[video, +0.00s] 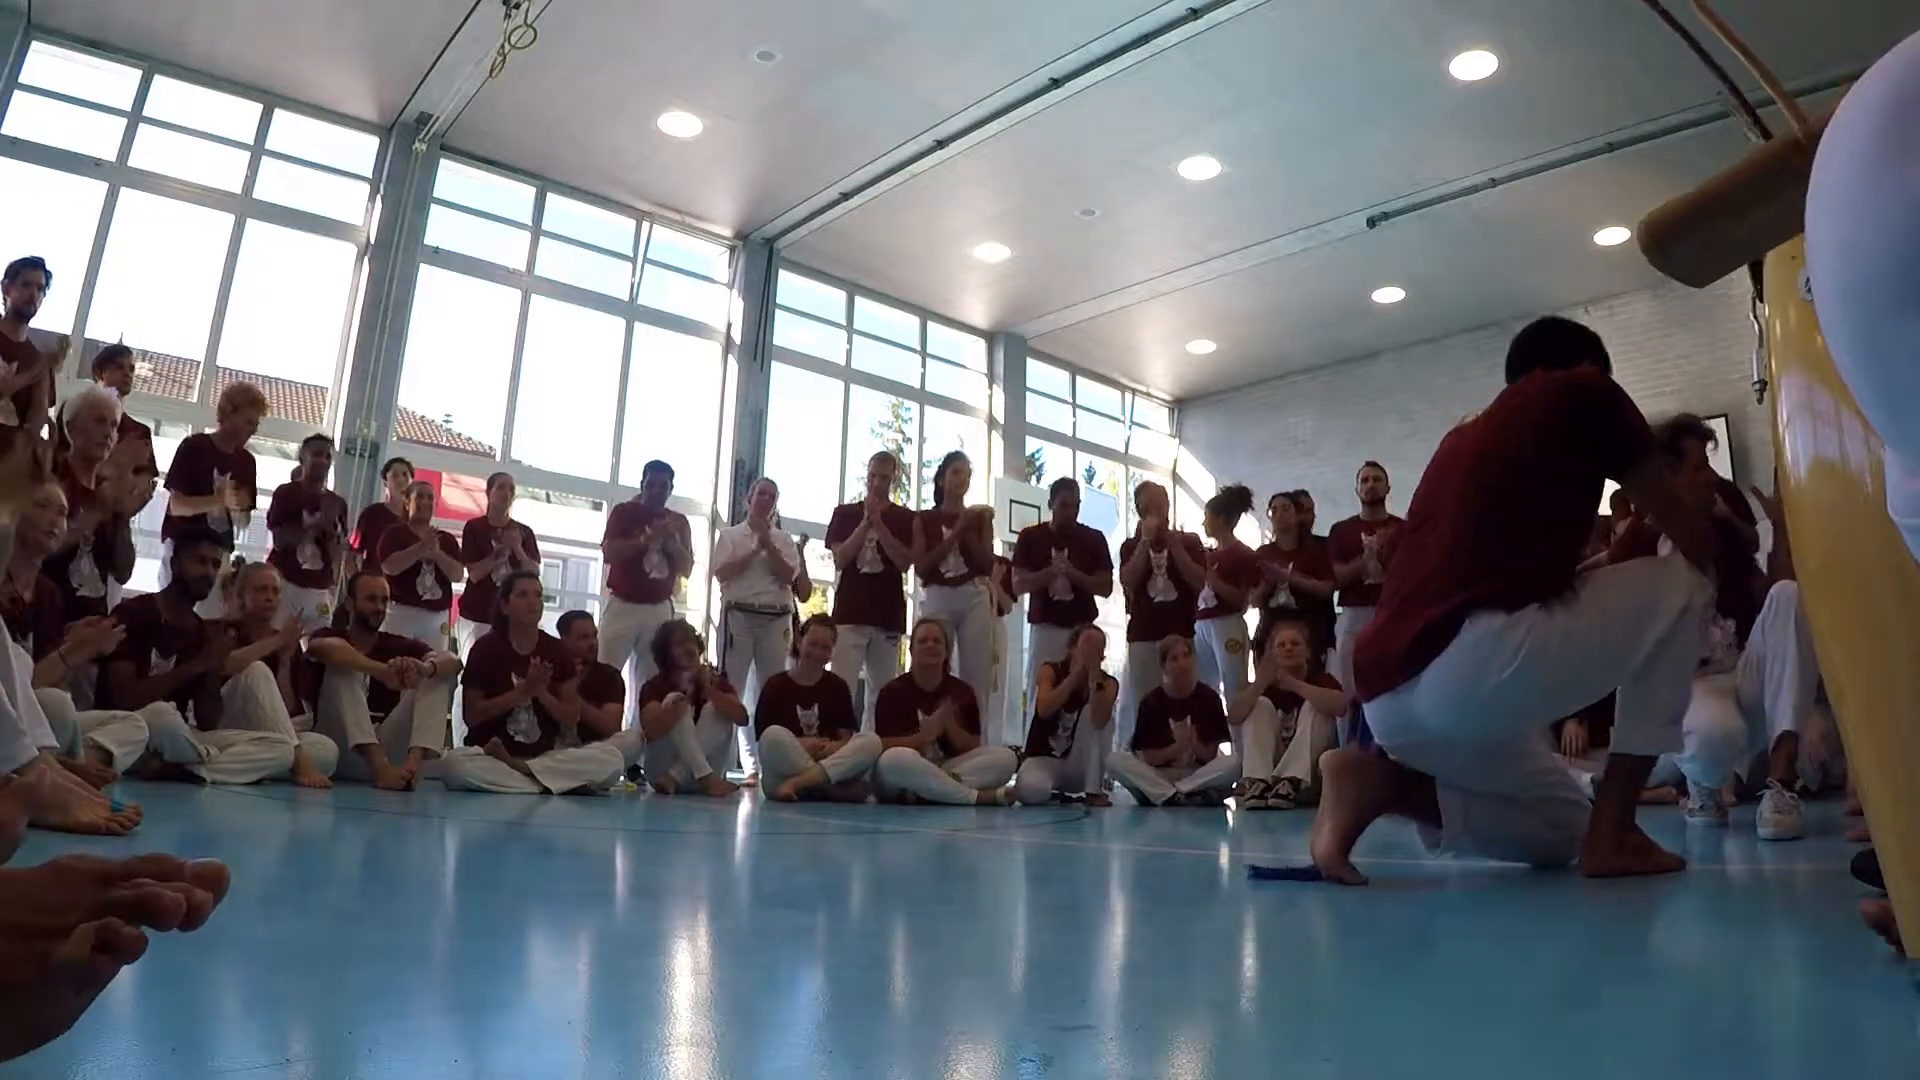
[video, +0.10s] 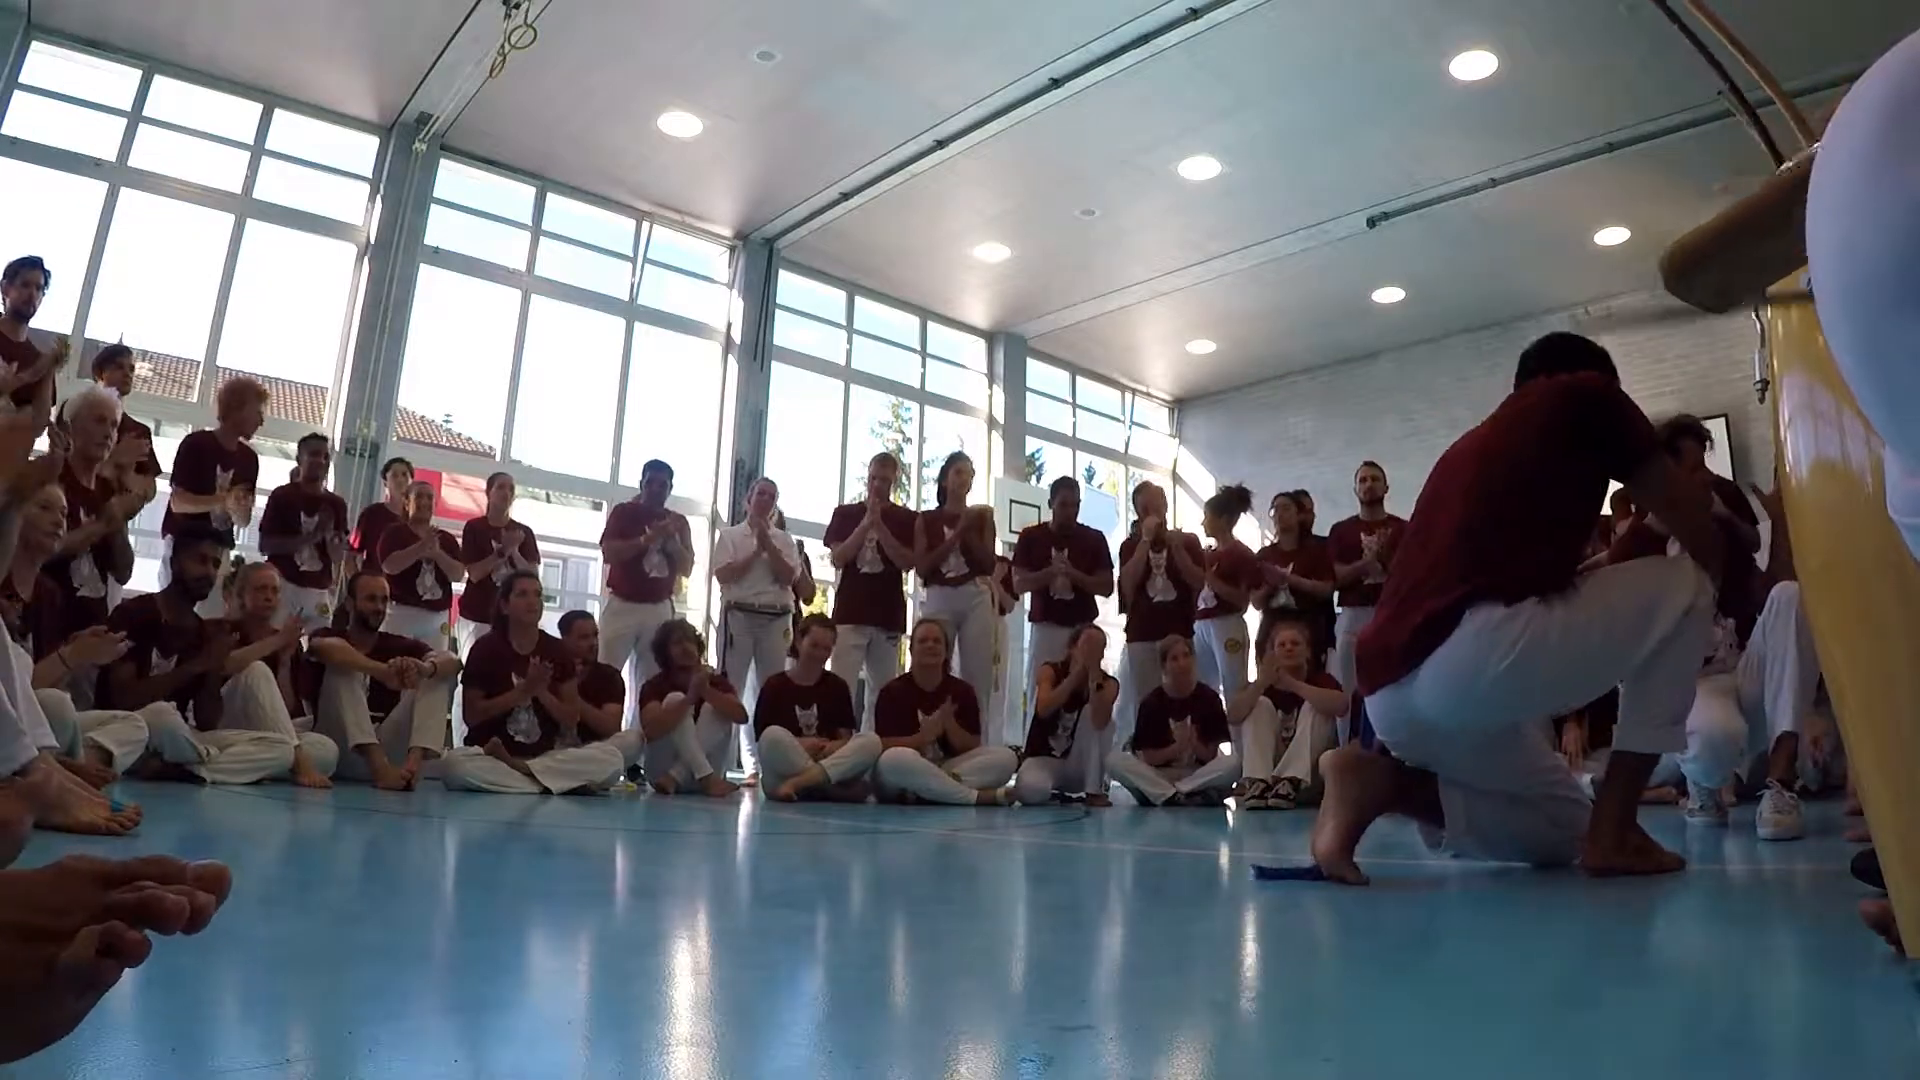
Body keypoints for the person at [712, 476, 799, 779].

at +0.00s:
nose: (764, 499)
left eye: (769, 496)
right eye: (760, 494)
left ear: (776, 503)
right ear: (748, 498)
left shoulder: (785, 539)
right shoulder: (730, 534)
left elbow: (789, 576)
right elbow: (721, 574)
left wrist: (768, 545)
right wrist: (754, 552)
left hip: (776, 617)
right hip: (738, 615)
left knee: (773, 690)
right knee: (730, 689)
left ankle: (770, 762)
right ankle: (725, 763)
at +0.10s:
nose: (764, 499)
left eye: (769, 496)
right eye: (760, 494)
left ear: (776, 503)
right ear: (748, 498)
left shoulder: (785, 538)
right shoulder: (730, 534)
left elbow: (789, 577)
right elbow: (723, 575)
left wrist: (767, 544)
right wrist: (756, 551)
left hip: (777, 617)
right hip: (738, 615)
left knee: (773, 691)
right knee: (730, 689)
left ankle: (768, 763)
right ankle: (721, 764)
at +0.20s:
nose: (763, 499)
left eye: (769, 495)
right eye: (759, 493)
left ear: (775, 502)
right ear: (748, 498)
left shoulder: (783, 537)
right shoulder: (730, 534)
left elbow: (790, 579)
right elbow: (717, 573)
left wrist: (777, 542)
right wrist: (750, 547)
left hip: (776, 617)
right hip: (738, 615)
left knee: (773, 690)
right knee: (730, 688)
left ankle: (769, 763)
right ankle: (724, 764)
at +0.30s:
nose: (763, 499)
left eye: (769, 496)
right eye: (759, 494)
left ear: (775, 503)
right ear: (748, 498)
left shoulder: (783, 540)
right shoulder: (730, 534)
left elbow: (789, 579)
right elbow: (718, 573)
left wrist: (785, 544)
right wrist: (738, 543)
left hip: (776, 617)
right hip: (738, 615)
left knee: (772, 690)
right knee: (730, 688)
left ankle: (767, 763)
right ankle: (726, 764)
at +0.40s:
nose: (763, 499)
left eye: (769, 496)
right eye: (759, 494)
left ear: (775, 503)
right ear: (748, 498)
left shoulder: (783, 537)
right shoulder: (729, 534)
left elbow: (788, 577)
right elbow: (720, 574)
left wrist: (775, 542)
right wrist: (746, 545)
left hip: (775, 617)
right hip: (738, 615)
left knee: (772, 689)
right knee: (730, 687)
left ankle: (767, 761)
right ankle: (725, 761)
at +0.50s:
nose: (763, 499)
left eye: (768, 496)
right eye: (759, 494)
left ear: (775, 504)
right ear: (747, 498)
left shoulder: (785, 539)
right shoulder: (729, 535)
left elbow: (788, 578)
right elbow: (721, 575)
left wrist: (769, 545)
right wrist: (754, 549)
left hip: (776, 617)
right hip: (738, 616)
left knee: (773, 690)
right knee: (730, 688)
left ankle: (766, 762)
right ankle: (725, 763)